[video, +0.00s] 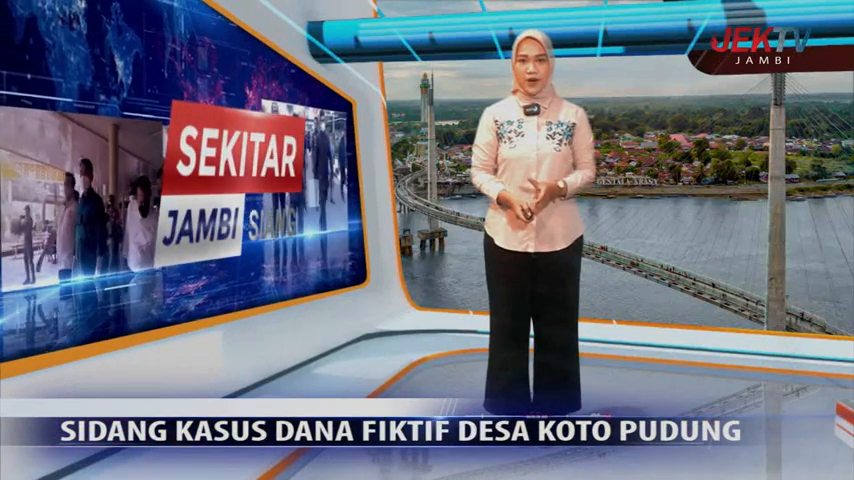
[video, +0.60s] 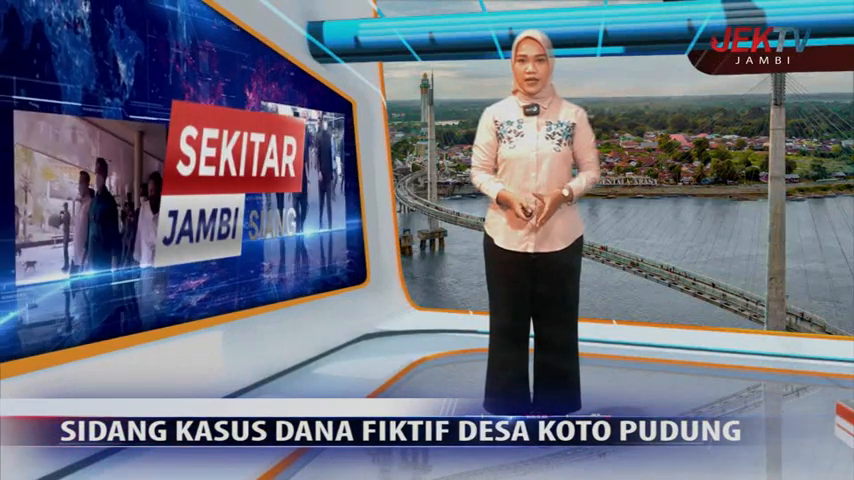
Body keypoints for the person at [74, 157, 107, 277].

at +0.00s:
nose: (83, 181)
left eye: (86, 177)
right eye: (82, 177)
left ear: (91, 179)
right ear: (80, 178)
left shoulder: (96, 200)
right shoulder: (82, 199)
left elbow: (100, 226)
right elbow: (79, 224)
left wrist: (100, 251)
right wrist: (75, 251)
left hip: (90, 247)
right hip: (80, 246)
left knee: (88, 280)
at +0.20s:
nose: (90, 175)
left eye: (93, 172)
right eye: (89, 172)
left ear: (98, 173)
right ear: (87, 173)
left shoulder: (103, 194)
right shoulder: (89, 194)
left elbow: (108, 220)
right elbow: (85, 220)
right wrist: (81, 244)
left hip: (99, 243)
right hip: (88, 243)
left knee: (97, 277)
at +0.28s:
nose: (93, 177)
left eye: (95, 174)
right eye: (91, 173)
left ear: (101, 174)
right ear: (89, 175)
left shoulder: (106, 196)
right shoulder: (90, 195)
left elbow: (110, 222)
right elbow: (86, 220)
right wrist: (83, 243)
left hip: (102, 245)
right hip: (90, 244)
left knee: (100, 279)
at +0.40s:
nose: (96, 178)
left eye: (99, 175)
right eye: (95, 174)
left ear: (104, 176)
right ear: (93, 177)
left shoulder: (109, 198)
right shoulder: (95, 197)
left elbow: (114, 222)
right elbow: (90, 221)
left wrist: (115, 245)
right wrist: (86, 242)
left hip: (106, 244)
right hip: (96, 244)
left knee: (104, 278)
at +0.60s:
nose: (97, 179)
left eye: (100, 175)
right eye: (96, 175)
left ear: (105, 176)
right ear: (95, 176)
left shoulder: (108, 200)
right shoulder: (95, 199)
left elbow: (113, 227)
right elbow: (91, 224)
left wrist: (114, 250)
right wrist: (87, 247)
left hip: (104, 248)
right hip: (93, 247)